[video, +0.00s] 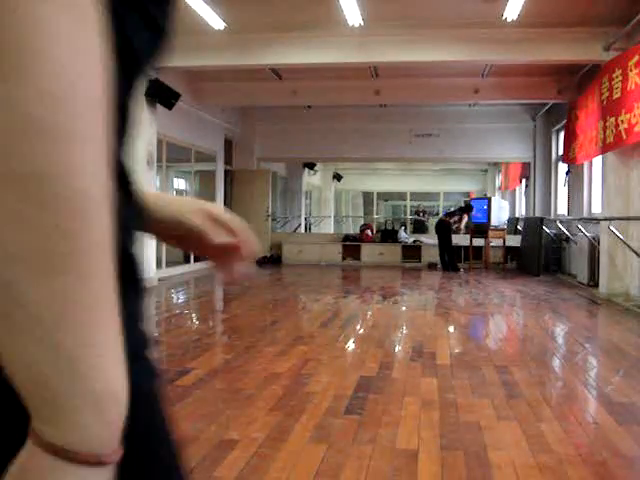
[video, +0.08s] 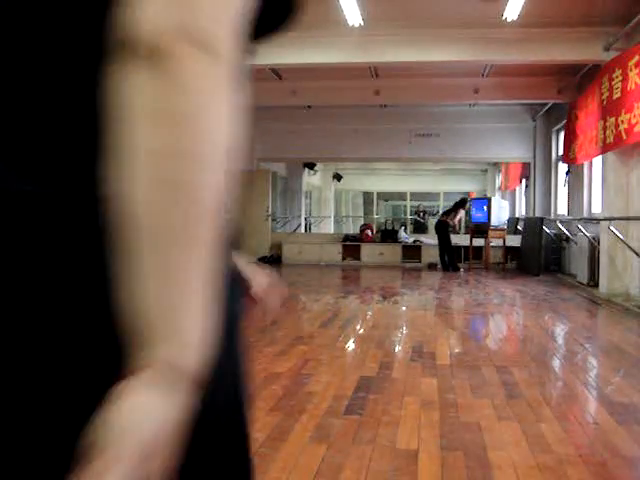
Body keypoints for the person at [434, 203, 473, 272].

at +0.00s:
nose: (470, 213)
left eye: (470, 211)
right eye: (470, 211)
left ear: (465, 207)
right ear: (469, 210)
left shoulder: (458, 211)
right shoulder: (464, 215)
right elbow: (461, 227)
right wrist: (461, 233)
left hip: (439, 223)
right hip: (446, 225)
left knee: (442, 248)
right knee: (449, 247)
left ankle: (445, 267)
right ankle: (453, 266)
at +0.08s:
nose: (466, 207)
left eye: (466, 205)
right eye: (466, 205)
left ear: (459, 202)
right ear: (464, 204)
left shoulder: (453, 208)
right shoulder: (460, 210)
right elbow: (455, 220)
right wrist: (456, 229)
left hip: (438, 223)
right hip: (444, 224)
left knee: (442, 247)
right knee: (448, 246)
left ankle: (445, 267)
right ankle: (454, 266)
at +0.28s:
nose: (459, 198)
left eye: (459, 196)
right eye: (458, 196)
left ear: (453, 197)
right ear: (455, 197)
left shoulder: (452, 204)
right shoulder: (451, 204)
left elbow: (446, 215)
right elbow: (444, 215)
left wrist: (452, 220)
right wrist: (452, 221)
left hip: (442, 224)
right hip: (441, 225)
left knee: (444, 245)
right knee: (444, 245)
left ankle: (445, 265)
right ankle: (445, 266)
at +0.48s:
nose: (454, 196)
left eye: (454, 194)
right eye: (452, 194)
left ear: (454, 196)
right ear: (449, 195)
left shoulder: (452, 205)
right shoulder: (445, 203)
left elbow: (448, 214)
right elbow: (438, 214)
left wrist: (451, 218)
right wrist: (448, 218)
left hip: (445, 223)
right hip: (440, 223)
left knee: (444, 245)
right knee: (440, 245)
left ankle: (445, 264)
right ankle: (434, 264)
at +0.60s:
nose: (447, 195)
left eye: (448, 193)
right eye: (445, 193)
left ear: (450, 195)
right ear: (442, 194)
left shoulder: (450, 205)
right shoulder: (440, 203)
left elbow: (450, 214)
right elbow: (433, 212)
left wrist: (450, 217)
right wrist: (443, 216)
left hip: (444, 222)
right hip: (437, 222)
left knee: (444, 244)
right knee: (434, 243)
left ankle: (445, 264)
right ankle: (429, 262)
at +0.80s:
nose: (435, 194)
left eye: (436, 192)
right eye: (433, 192)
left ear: (439, 194)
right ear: (430, 194)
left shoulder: (441, 205)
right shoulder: (427, 204)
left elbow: (445, 216)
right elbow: (425, 215)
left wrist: (440, 216)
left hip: (437, 223)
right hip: (428, 223)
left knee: (441, 245)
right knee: (427, 246)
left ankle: (445, 266)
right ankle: (427, 266)